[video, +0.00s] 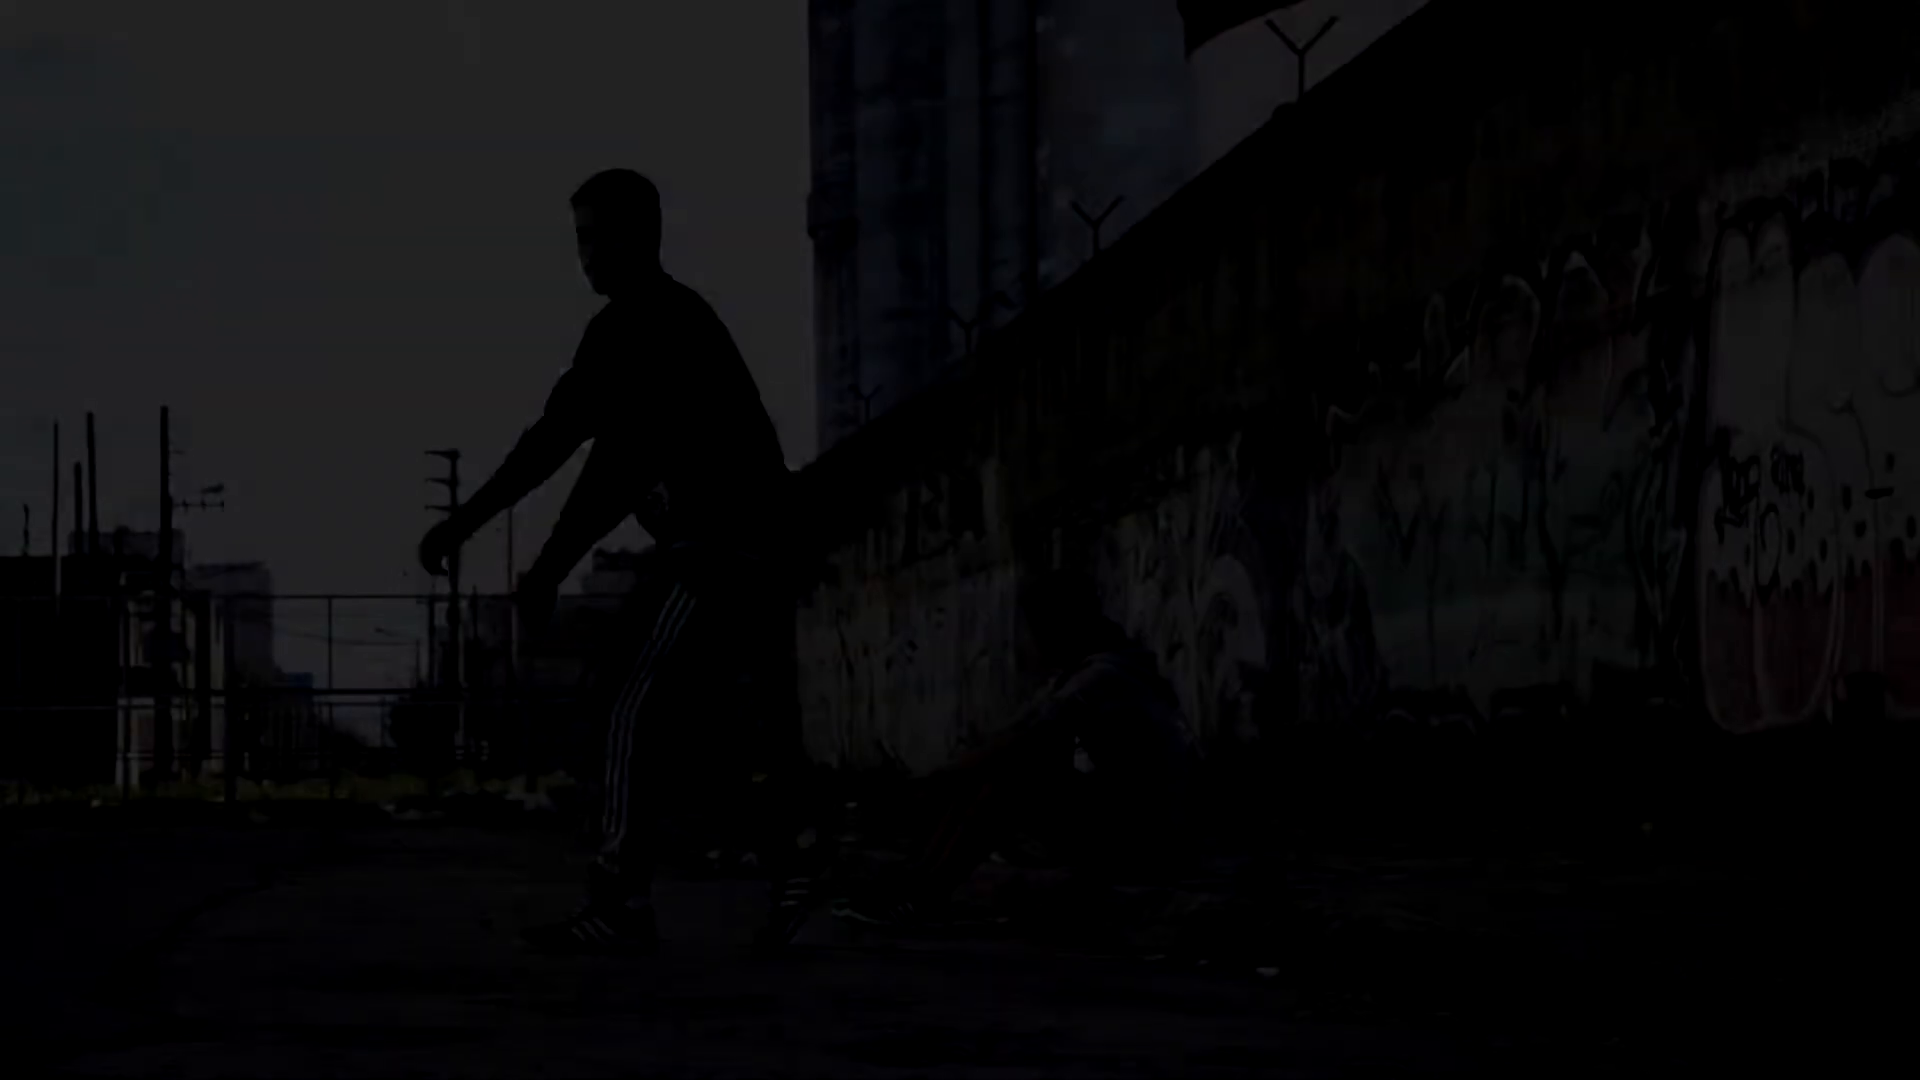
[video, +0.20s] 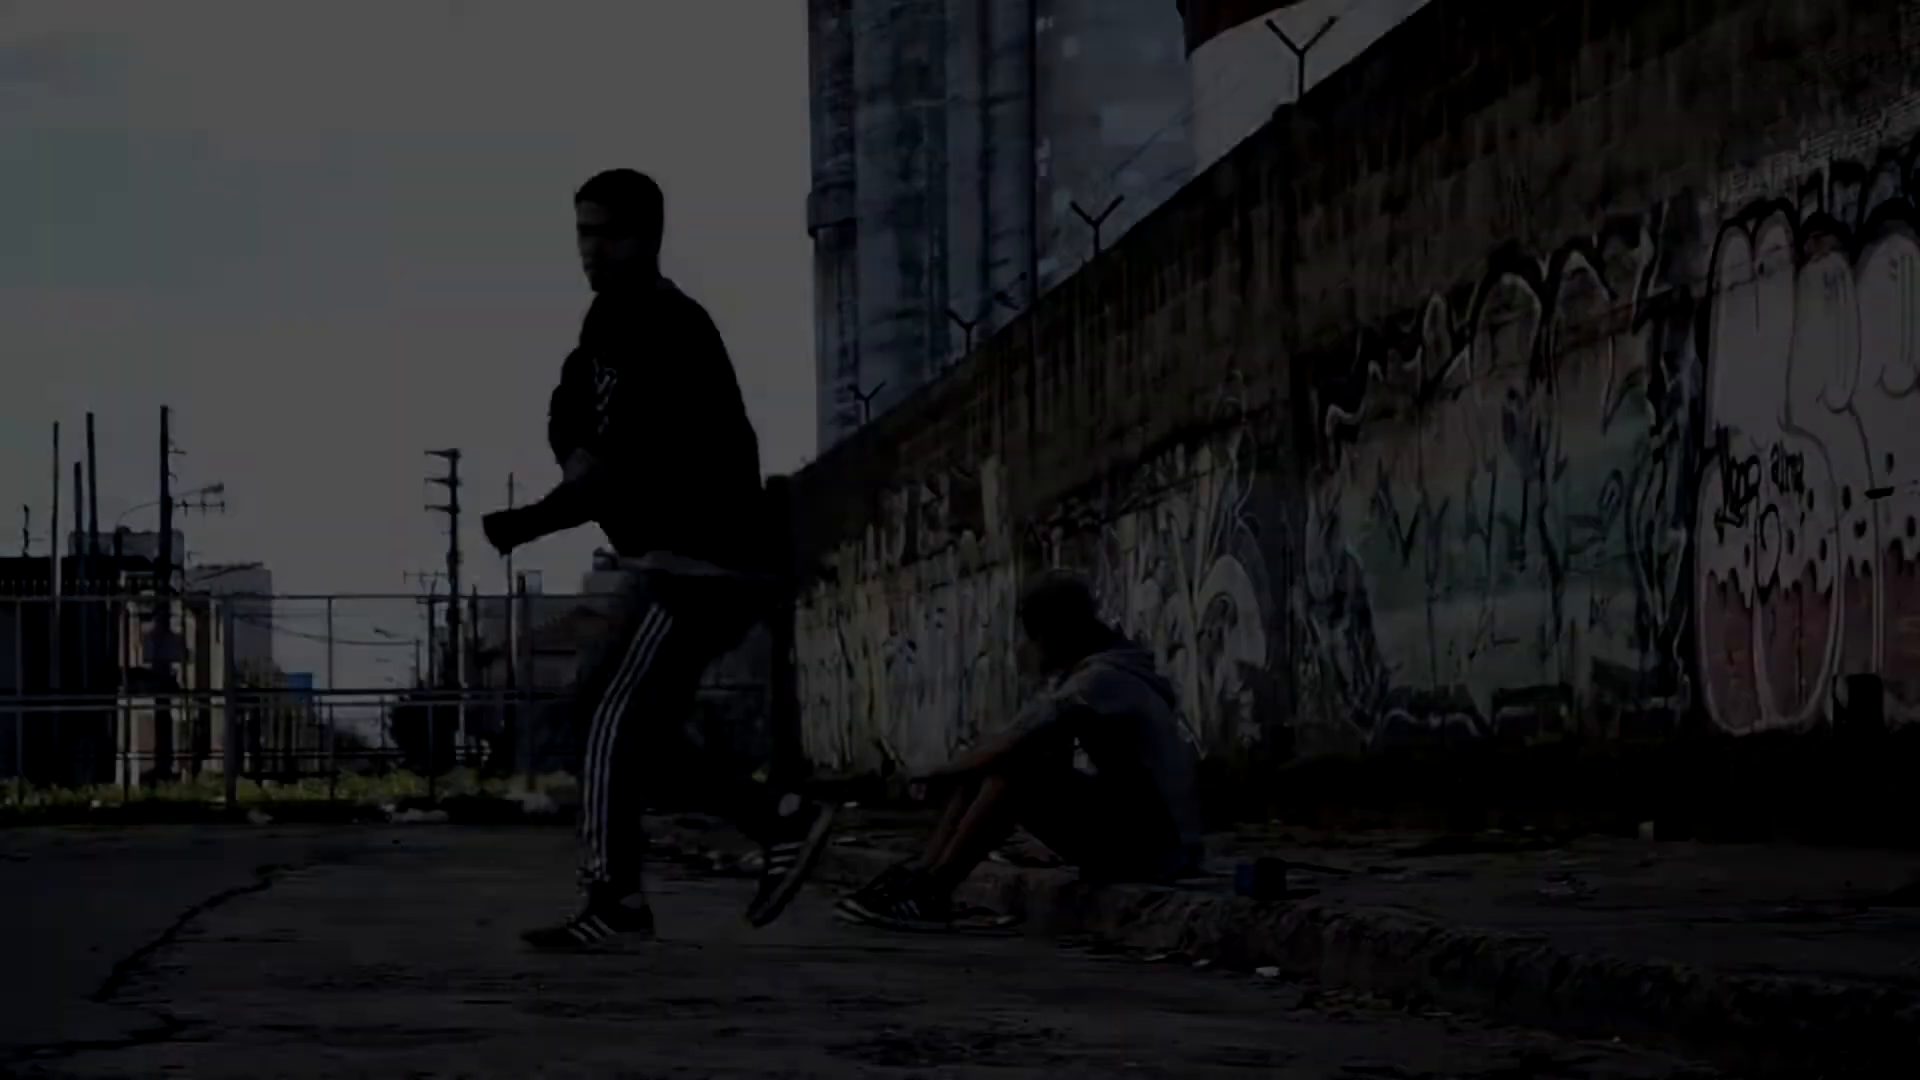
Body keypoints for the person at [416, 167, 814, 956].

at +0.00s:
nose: (585, 252)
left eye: (596, 235)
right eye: (582, 236)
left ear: (629, 236)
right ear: (612, 241)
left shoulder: (660, 322)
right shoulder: (621, 326)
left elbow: (621, 467)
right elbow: (552, 435)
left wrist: (553, 563)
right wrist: (466, 519)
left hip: (730, 544)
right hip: (704, 542)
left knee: (635, 712)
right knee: (751, 718)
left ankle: (621, 898)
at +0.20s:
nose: (589, 248)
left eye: (604, 233)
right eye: (583, 233)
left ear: (643, 237)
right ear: (585, 237)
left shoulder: (653, 325)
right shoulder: (616, 320)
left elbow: (631, 466)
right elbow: (568, 415)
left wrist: (533, 520)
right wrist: (580, 455)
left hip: (701, 559)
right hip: (679, 555)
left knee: (616, 715)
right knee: (647, 724)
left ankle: (613, 902)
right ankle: (779, 826)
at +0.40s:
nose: (625, 252)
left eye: (640, 235)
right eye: (615, 240)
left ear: (681, 240)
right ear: (611, 249)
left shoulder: (689, 325)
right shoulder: (676, 330)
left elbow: (628, 449)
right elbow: (622, 464)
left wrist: (567, 395)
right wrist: (614, 380)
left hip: (706, 573)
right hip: (718, 576)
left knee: (589, 718)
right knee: (678, 762)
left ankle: (477, 886)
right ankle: (810, 901)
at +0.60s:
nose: (615, 220)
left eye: (631, 204)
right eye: (603, 207)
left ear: (666, 211)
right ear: (593, 220)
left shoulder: (678, 286)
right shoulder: (616, 312)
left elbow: (654, 387)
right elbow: (584, 424)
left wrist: (565, 347)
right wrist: (541, 340)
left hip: (708, 530)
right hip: (705, 535)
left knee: (602, 694)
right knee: (654, 737)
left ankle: (609, 889)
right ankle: (773, 854)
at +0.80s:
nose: (621, 232)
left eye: (639, 219)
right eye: (612, 218)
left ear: (675, 226)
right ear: (601, 226)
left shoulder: (692, 303)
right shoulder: (606, 310)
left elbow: (663, 381)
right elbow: (524, 368)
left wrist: (566, 359)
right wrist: (420, 380)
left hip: (706, 551)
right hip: (660, 550)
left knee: (619, 711)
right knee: (593, 715)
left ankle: (623, 901)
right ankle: (768, 769)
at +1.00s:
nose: (621, 237)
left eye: (637, 220)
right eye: (610, 224)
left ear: (675, 225)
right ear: (602, 236)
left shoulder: (729, 310)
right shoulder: (622, 337)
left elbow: (780, 421)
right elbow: (587, 448)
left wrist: (686, 498)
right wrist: (514, 552)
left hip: (748, 559)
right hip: (701, 556)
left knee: (639, 712)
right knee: (698, 752)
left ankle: (535, 881)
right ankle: (810, 899)